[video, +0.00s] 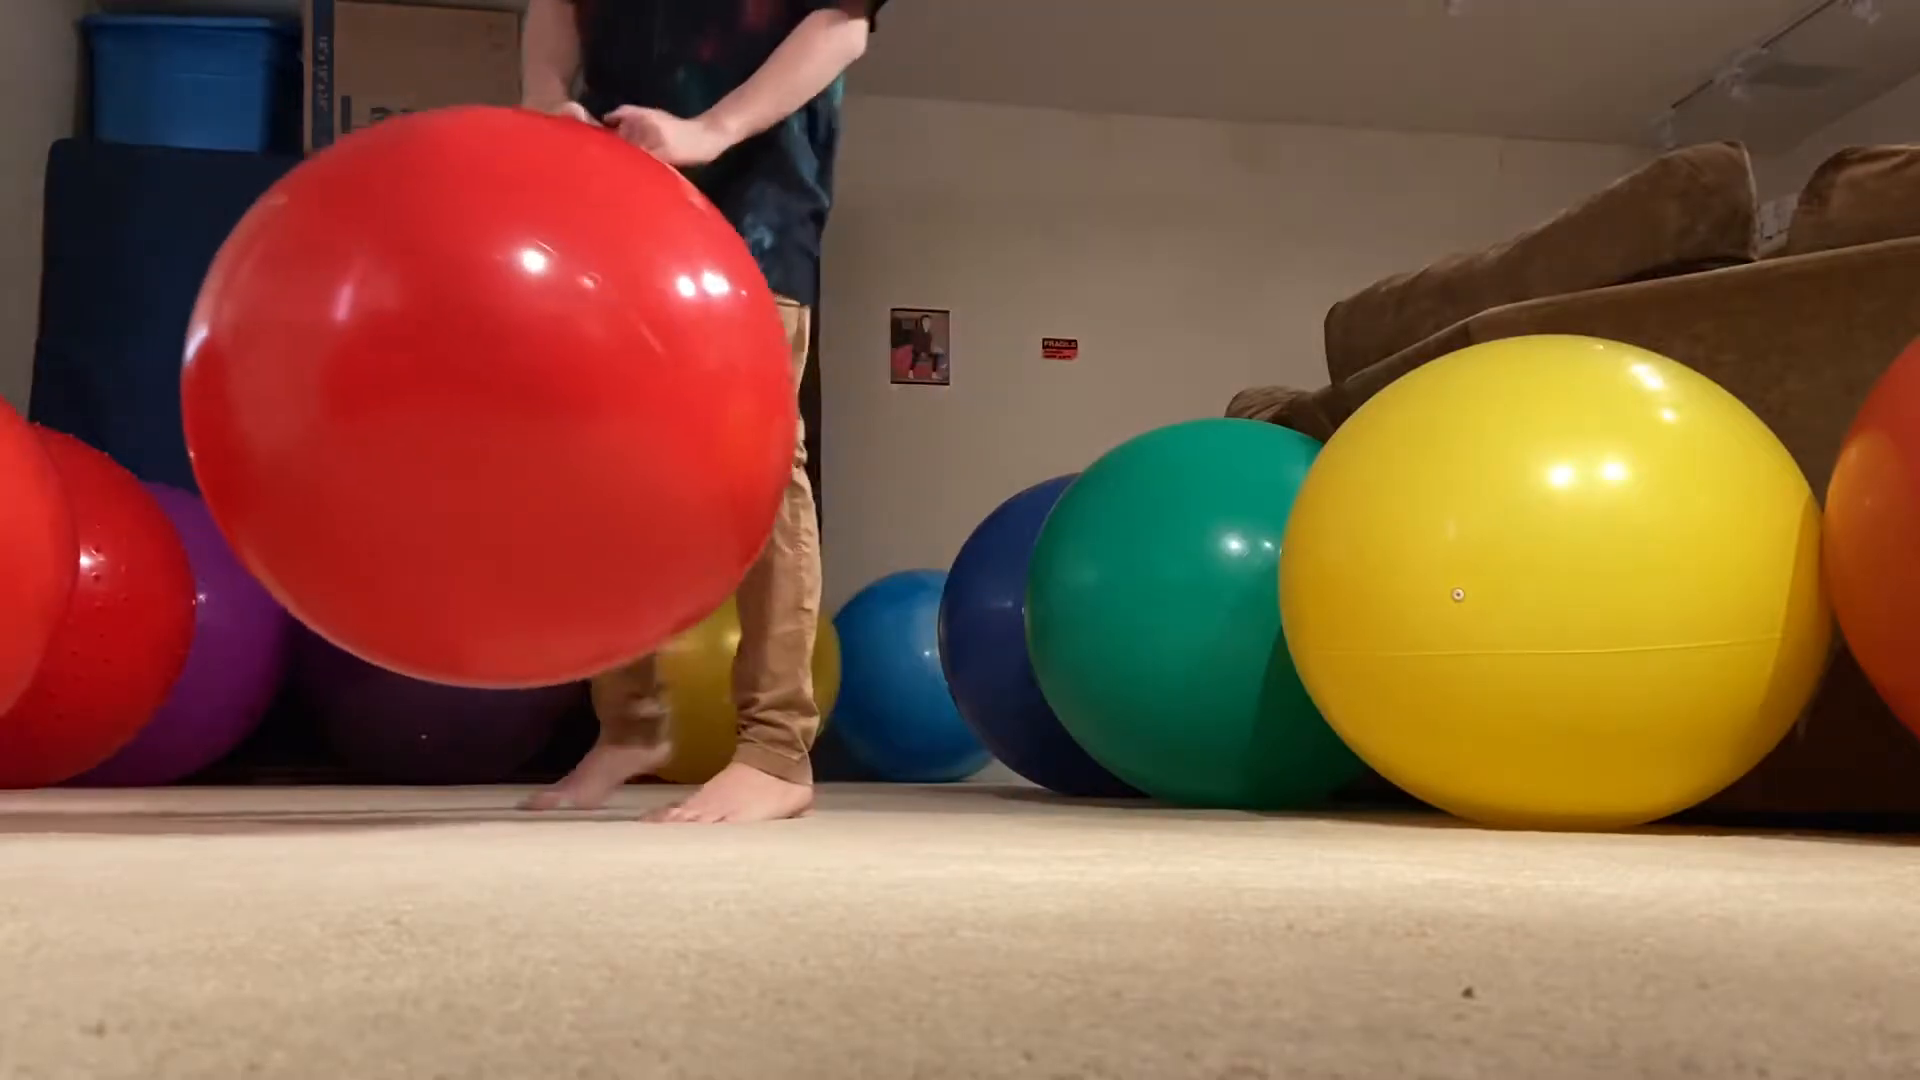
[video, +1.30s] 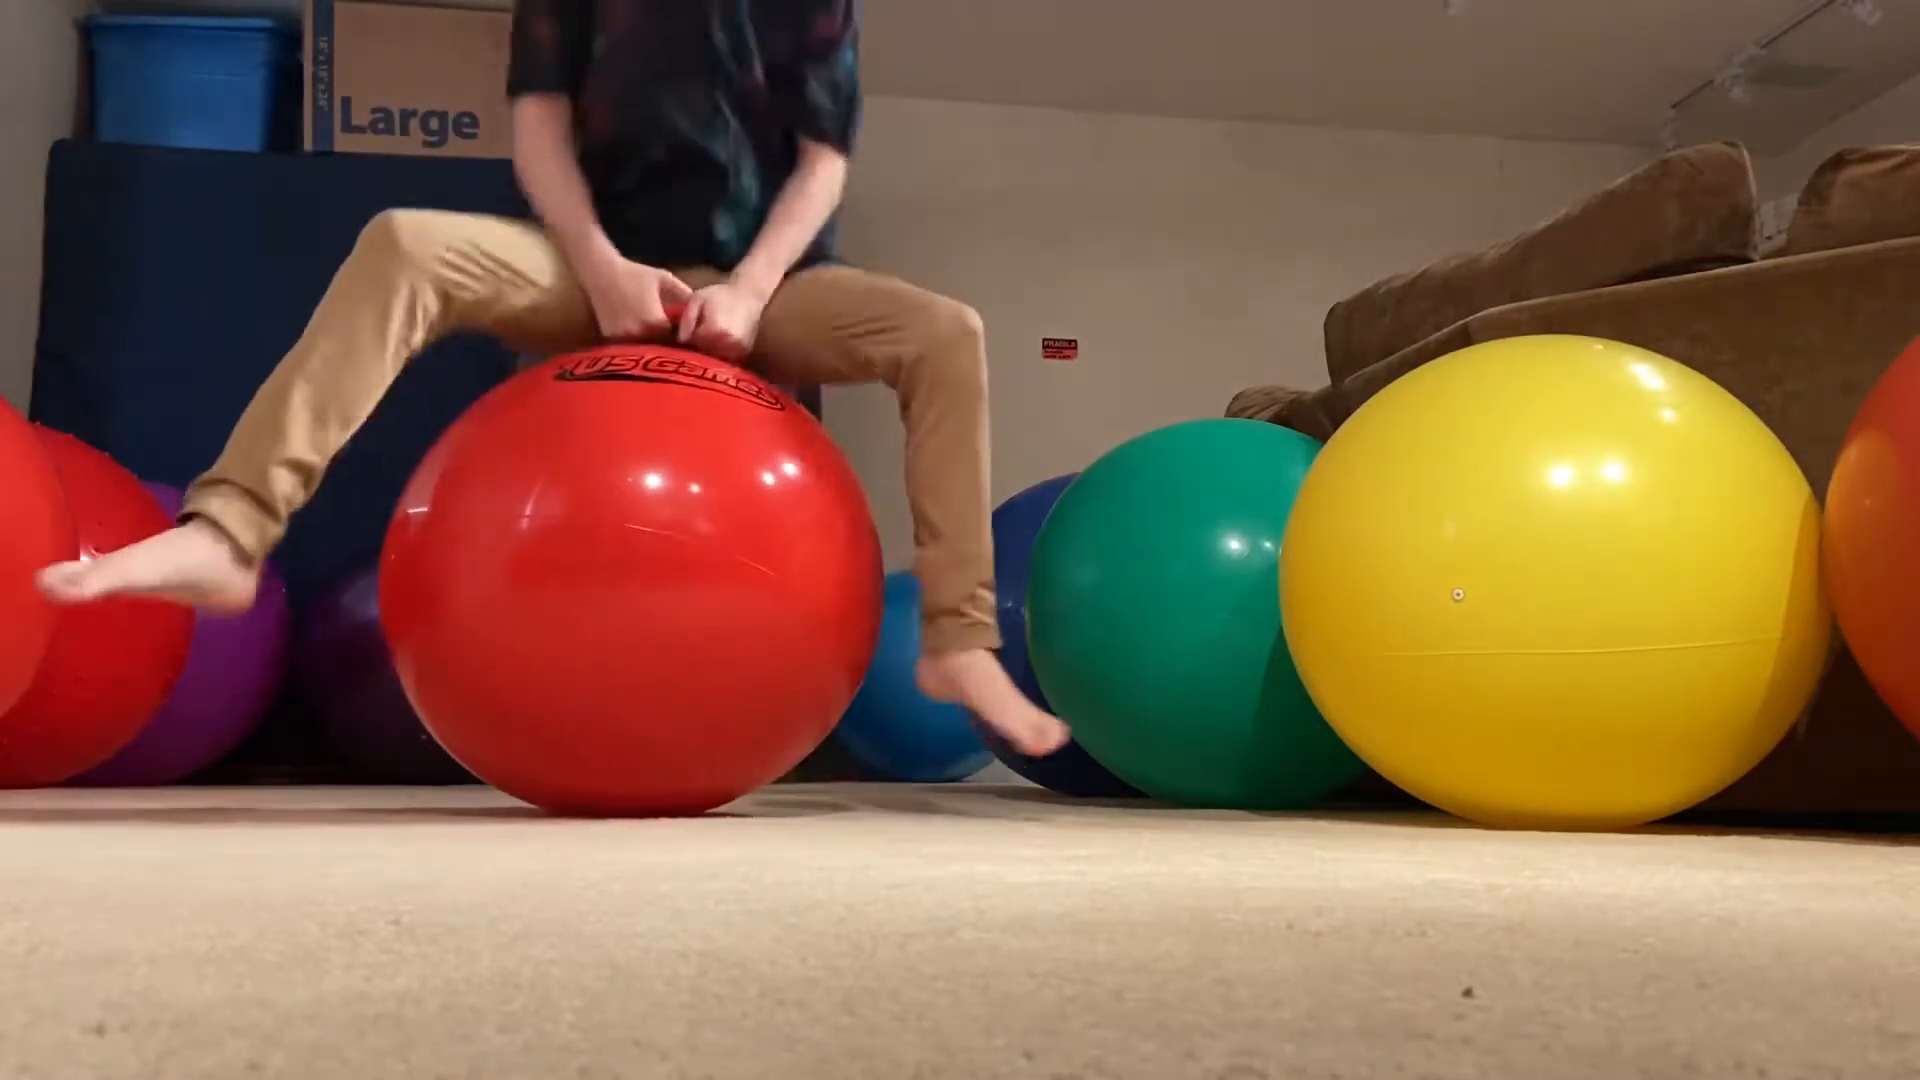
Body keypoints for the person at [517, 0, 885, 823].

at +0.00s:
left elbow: (845, 22)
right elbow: (553, 3)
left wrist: (710, 129)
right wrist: (548, 99)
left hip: (755, 204)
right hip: (613, 196)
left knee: (764, 464)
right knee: (607, 451)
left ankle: (776, 752)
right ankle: (631, 726)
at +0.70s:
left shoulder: (785, 6)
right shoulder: (528, 3)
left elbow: (795, 123)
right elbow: (502, 94)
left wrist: (722, 216)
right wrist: (564, 195)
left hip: (750, 257)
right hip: (596, 256)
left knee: (794, 483)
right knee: (597, 491)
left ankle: (844, 742)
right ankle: (612, 762)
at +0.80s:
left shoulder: (807, 10)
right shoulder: (564, 7)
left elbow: (802, 176)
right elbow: (541, 152)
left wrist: (727, 302)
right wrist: (581, 289)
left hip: (771, 280)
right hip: (620, 276)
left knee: (803, 522)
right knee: (622, 514)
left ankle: (841, 759)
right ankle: (630, 755)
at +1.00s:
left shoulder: (852, 11)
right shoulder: (614, 4)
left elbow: (801, 194)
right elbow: (599, 165)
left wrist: (742, 338)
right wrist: (610, 323)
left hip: (796, 262)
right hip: (649, 251)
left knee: (833, 517)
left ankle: (852, 767)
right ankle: (521, 740)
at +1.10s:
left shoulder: (827, 13)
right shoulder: (605, 5)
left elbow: (797, 138)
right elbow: (603, 121)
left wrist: (753, 290)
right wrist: (618, 273)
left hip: (795, 242)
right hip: (634, 225)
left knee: (880, 448)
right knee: (459, 320)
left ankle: (882, 720)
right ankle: (391, 620)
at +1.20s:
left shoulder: (809, 6)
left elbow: (796, 126)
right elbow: (582, 100)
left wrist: (754, 280)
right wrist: (616, 255)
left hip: (769, 239)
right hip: (610, 219)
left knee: (937, 363)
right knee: (422, 242)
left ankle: (926, 657)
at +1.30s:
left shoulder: (815, 6)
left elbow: (825, 155)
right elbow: (536, 124)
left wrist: (751, 286)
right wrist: (601, 264)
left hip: (754, 281)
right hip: (589, 265)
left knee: (946, 333)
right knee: (404, 245)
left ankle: (961, 647)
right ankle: (226, 536)